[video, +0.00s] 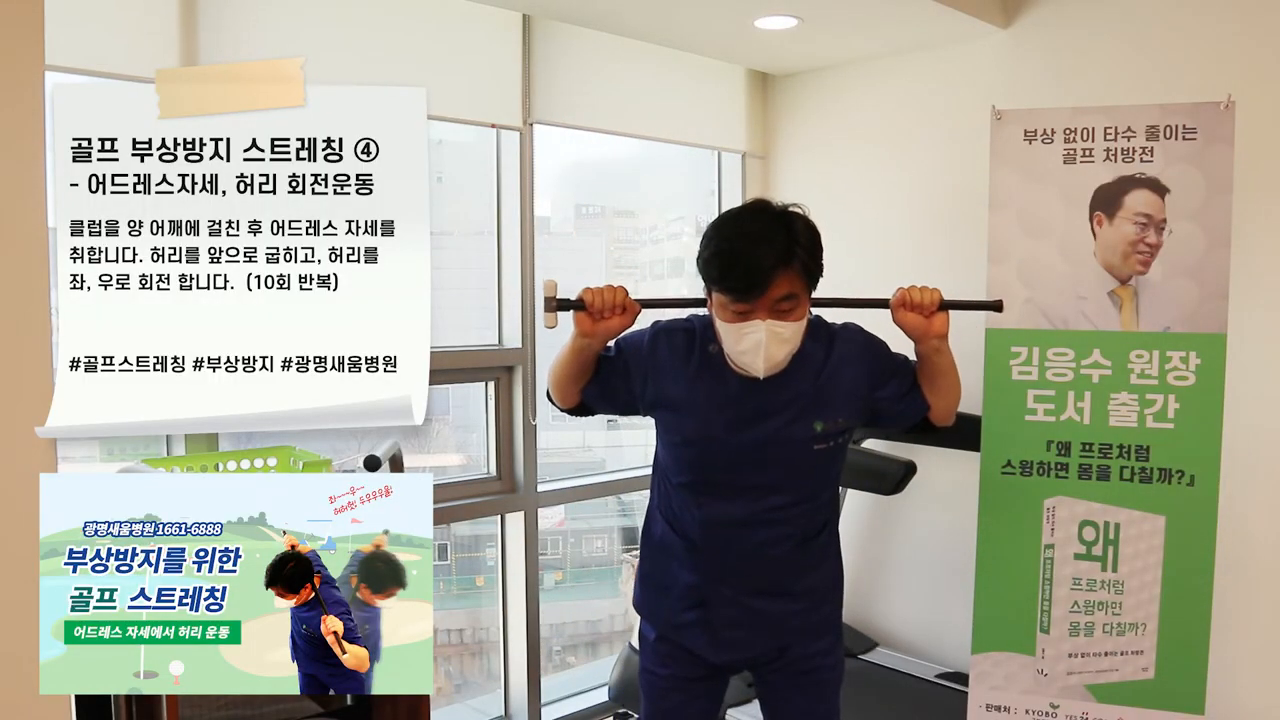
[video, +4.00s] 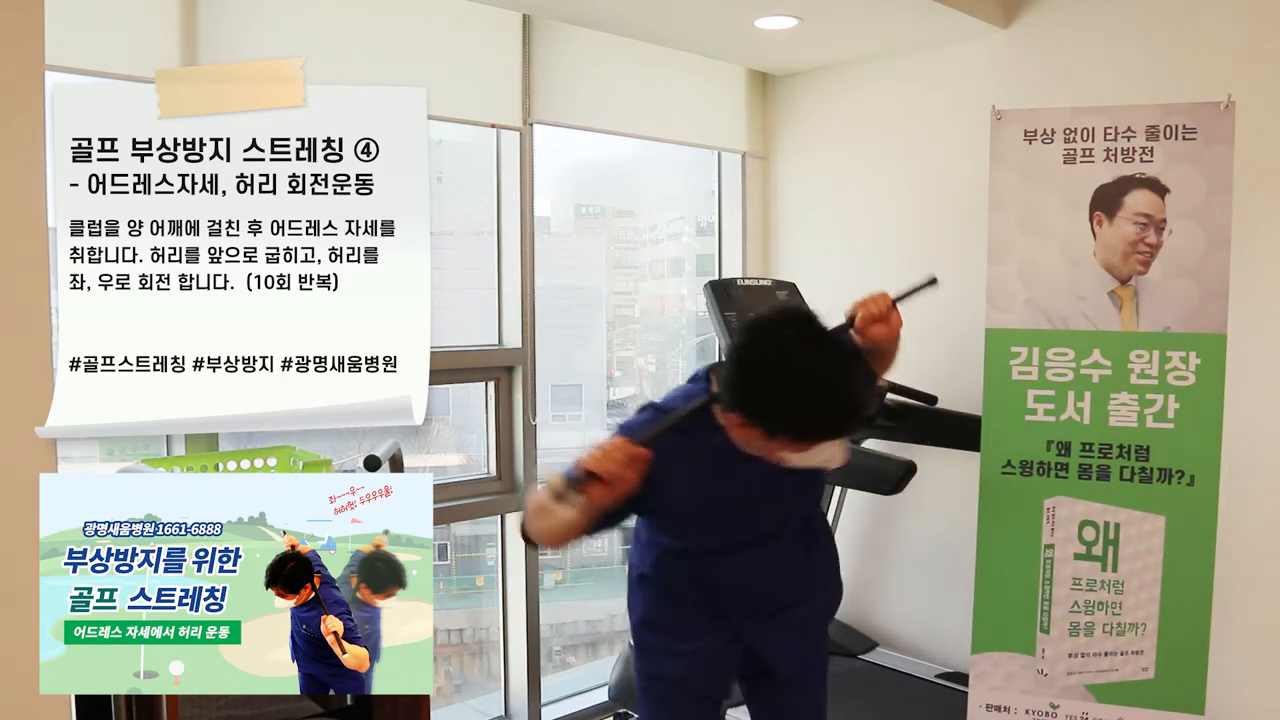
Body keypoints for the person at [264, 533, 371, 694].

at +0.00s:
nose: (278, 599)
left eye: (283, 596)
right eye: (276, 594)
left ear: (306, 590)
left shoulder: (334, 607)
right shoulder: (312, 570)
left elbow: (363, 665)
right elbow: (308, 552)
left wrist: (335, 642)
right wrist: (297, 547)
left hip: (344, 673)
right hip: (310, 667)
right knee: (312, 714)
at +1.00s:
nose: (278, 599)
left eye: (283, 595)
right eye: (276, 593)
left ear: (306, 589)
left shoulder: (334, 608)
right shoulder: (311, 569)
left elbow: (363, 665)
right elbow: (308, 552)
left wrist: (335, 642)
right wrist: (296, 547)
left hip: (344, 672)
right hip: (310, 666)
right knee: (312, 713)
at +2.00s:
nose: (278, 599)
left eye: (283, 596)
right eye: (276, 593)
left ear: (306, 590)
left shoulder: (334, 608)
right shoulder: (312, 570)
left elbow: (363, 665)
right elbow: (308, 552)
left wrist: (336, 643)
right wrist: (297, 547)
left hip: (344, 672)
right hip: (310, 667)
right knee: (312, 715)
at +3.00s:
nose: (278, 599)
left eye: (283, 596)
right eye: (276, 593)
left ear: (306, 590)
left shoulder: (334, 608)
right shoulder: (312, 570)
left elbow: (363, 665)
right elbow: (308, 552)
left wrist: (336, 643)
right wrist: (297, 547)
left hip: (344, 672)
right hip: (310, 667)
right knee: (312, 715)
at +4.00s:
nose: (278, 599)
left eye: (283, 595)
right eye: (276, 593)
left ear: (306, 590)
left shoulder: (334, 608)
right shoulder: (311, 570)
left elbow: (363, 665)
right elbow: (308, 552)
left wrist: (335, 642)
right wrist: (296, 547)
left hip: (344, 672)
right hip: (310, 667)